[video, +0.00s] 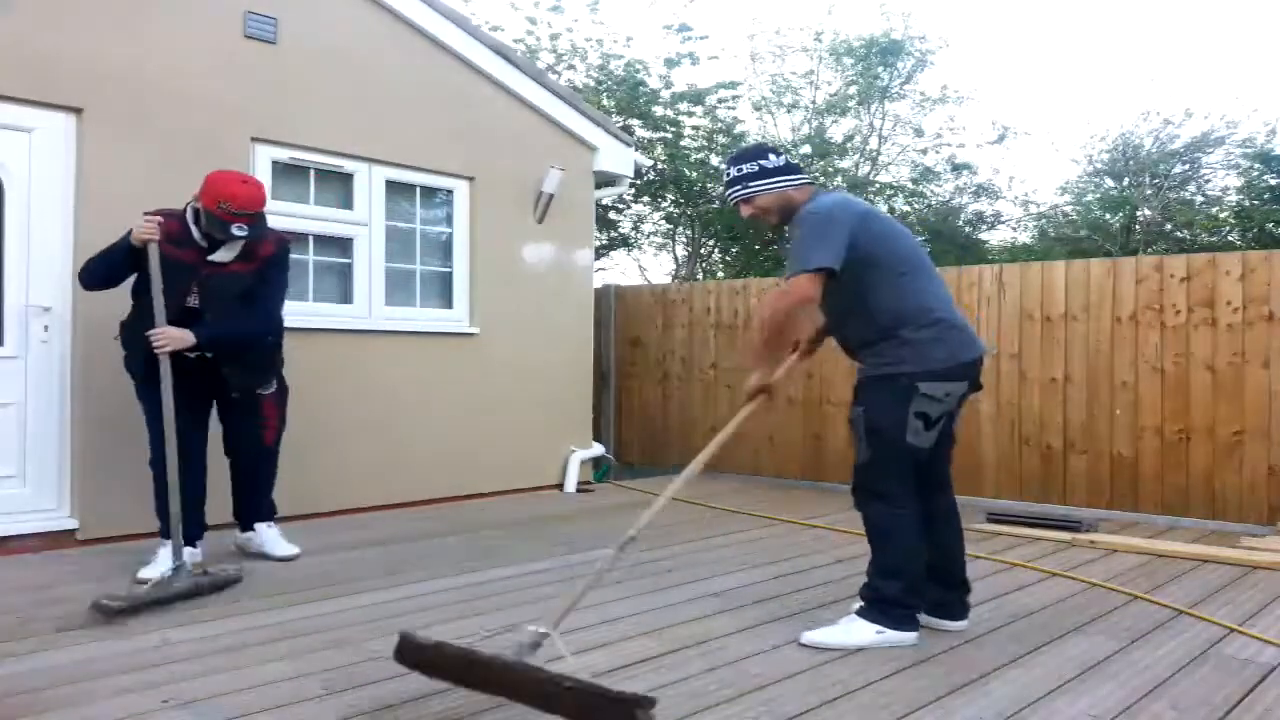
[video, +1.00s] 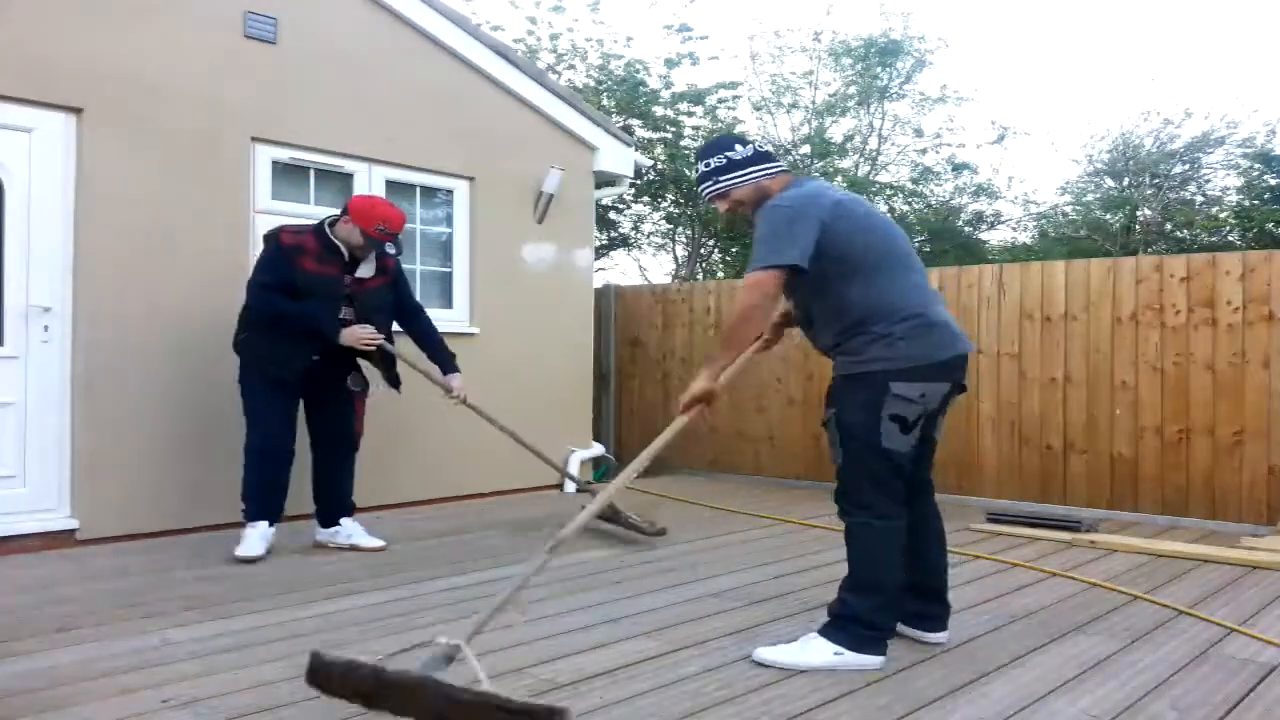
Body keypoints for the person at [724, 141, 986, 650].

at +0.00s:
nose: (746, 213)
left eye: (746, 199)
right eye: (740, 204)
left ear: (774, 185)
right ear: (786, 184)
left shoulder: (822, 213)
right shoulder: (844, 210)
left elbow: (803, 293)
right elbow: (861, 293)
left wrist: (763, 365)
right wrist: (815, 335)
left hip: (907, 363)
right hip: (947, 357)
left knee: (881, 486)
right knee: (927, 481)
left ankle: (889, 614)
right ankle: (945, 601)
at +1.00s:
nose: (723, 209)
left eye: (721, 195)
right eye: (717, 200)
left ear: (743, 177)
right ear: (764, 167)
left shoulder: (789, 206)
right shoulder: (824, 197)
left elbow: (759, 299)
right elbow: (843, 276)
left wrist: (713, 371)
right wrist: (787, 317)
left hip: (886, 361)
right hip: (932, 355)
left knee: (866, 496)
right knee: (910, 491)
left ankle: (857, 636)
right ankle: (924, 613)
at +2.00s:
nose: (613, 219)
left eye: (609, 207)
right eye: (606, 211)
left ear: (630, 189)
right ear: (651, 181)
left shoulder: (660, 224)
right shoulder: (723, 205)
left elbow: (635, 319)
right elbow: (758, 280)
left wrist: (607, 398)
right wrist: (705, 341)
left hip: (765, 360)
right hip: (832, 354)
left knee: (720, 488)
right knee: (825, 485)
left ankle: (704, 620)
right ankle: (861, 614)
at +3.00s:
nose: (595, 222)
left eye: (595, 209)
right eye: (591, 213)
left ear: (621, 196)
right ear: (642, 193)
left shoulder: (634, 235)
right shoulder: (717, 214)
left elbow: (619, 323)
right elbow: (765, 276)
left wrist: (620, 390)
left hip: (721, 360)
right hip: (787, 355)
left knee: (683, 477)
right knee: (767, 474)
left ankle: (676, 594)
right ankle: (768, 590)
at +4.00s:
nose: (703, 215)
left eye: (706, 205)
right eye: (700, 206)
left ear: (730, 196)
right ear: (749, 195)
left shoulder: (741, 234)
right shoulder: (810, 222)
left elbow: (725, 311)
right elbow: (861, 269)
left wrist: (732, 363)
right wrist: (814, 302)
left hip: (782, 363)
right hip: (836, 360)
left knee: (737, 469)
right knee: (808, 463)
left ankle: (728, 582)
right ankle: (832, 571)